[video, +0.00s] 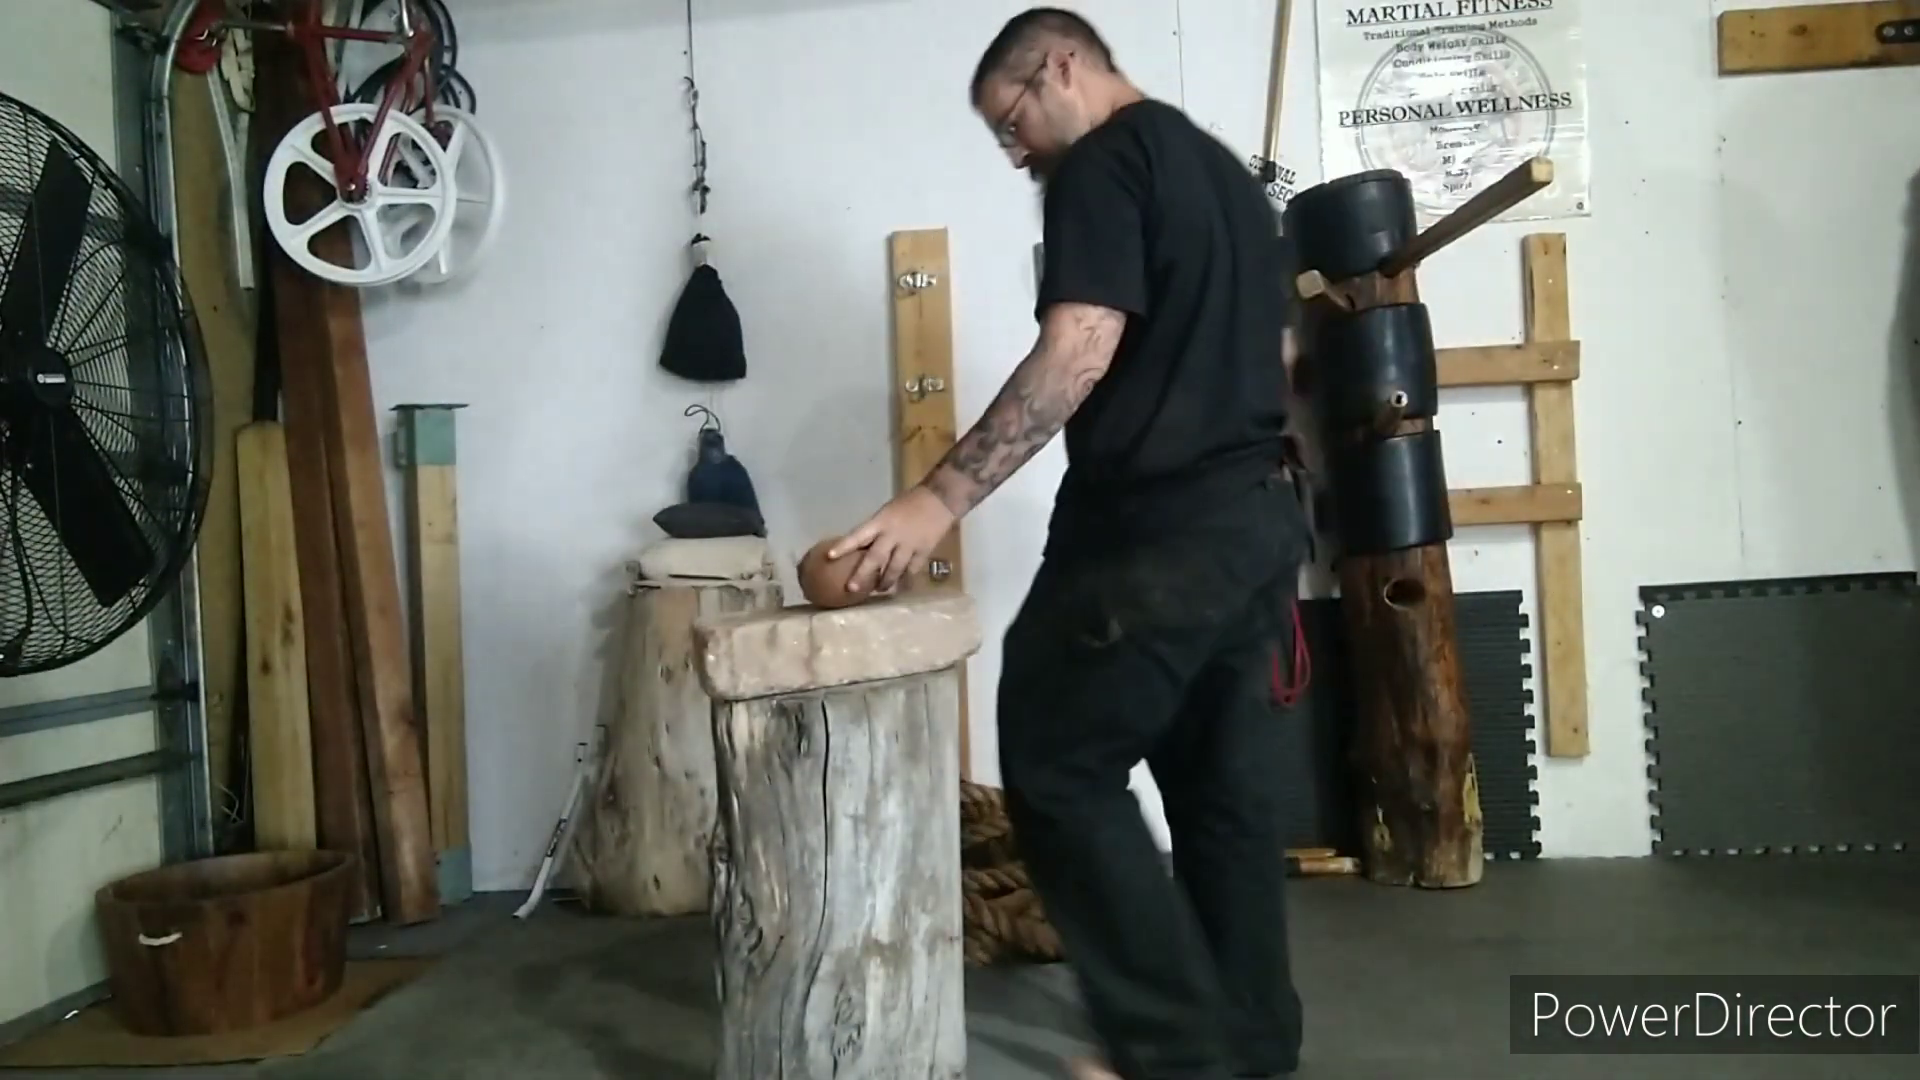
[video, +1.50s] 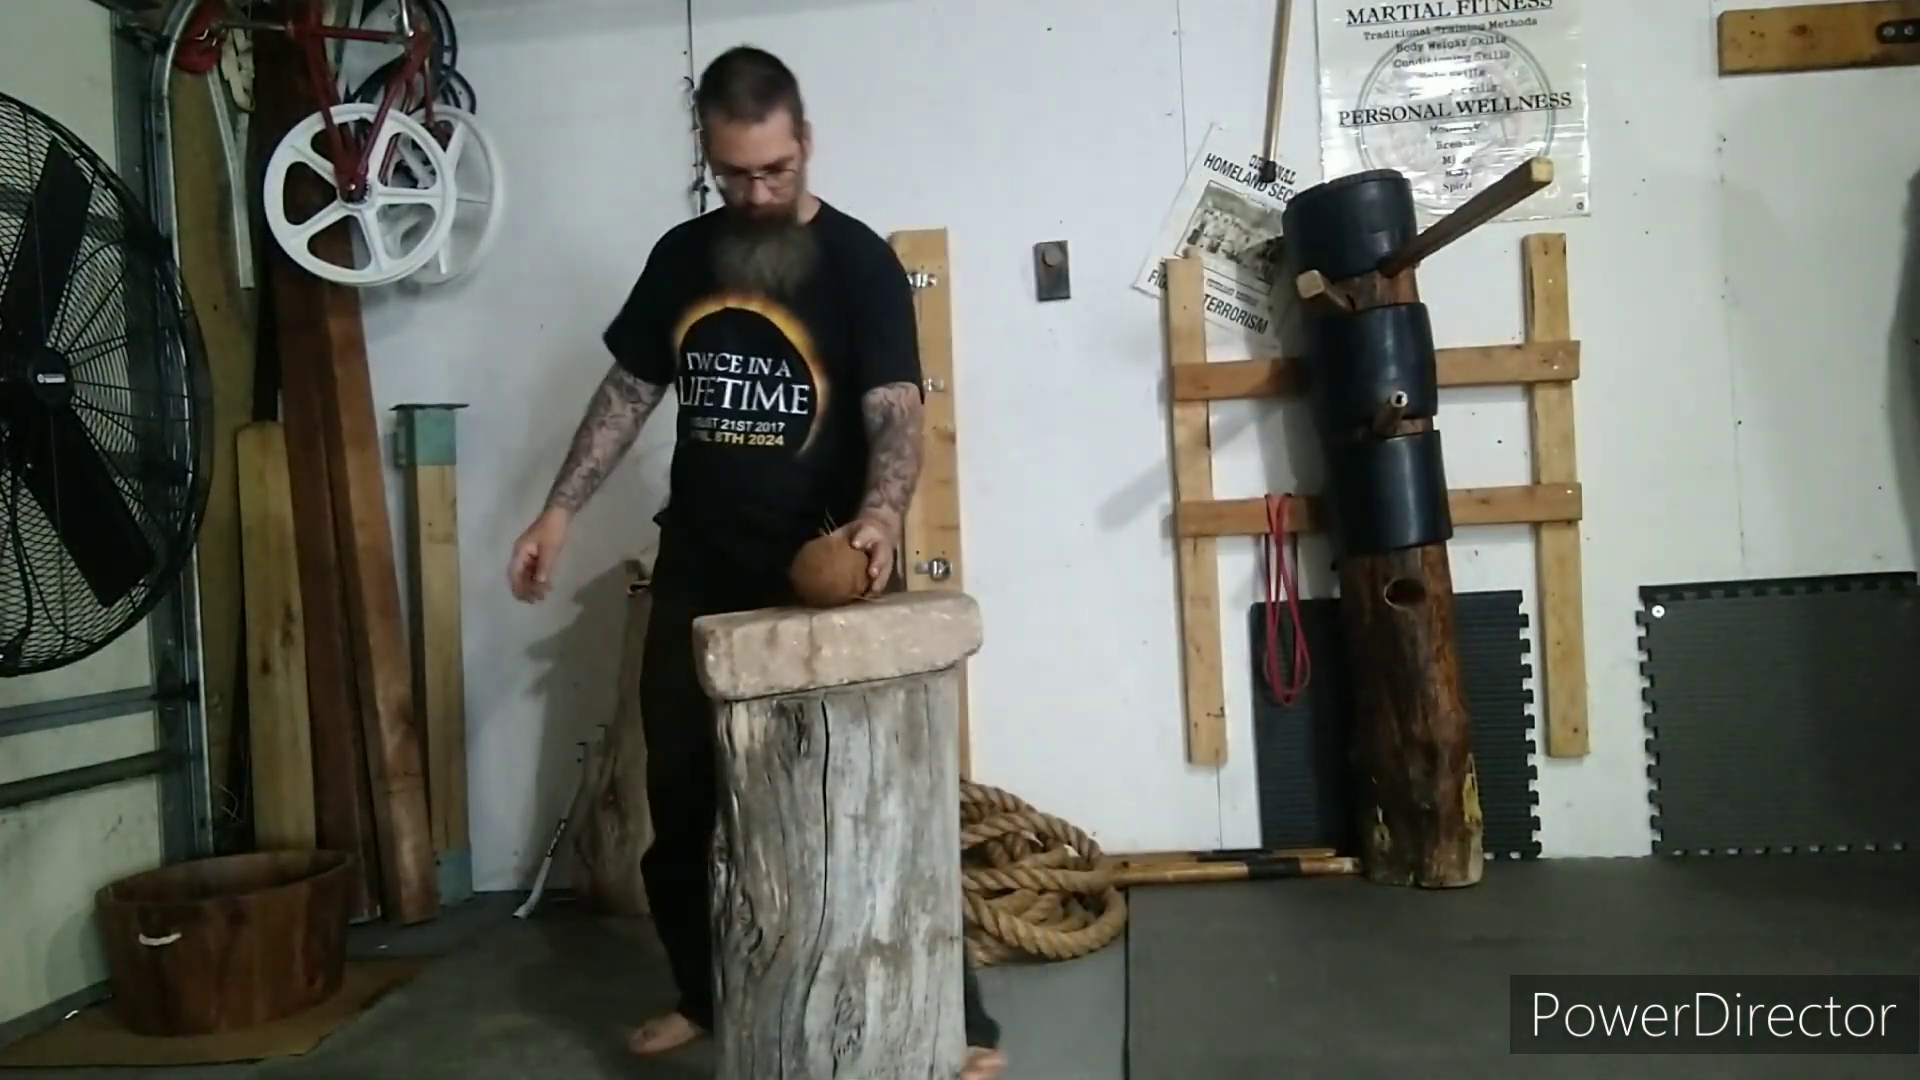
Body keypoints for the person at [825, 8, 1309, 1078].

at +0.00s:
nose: (1013, 152)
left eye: (1010, 121)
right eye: (1001, 135)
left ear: (1063, 68)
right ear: (1082, 71)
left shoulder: (1102, 162)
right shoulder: (1225, 170)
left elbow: (1076, 351)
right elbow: (1270, 353)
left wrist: (935, 502)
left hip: (1146, 524)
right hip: (1250, 514)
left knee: (1054, 764)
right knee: (1224, 804)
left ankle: (1173, 1041)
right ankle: (1258, 1045)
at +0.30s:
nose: (942, 176)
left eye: (943, 146)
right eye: (929, 159)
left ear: (995, 93)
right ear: (1001, 97)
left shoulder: (1057, 188)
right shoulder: (1092, 180)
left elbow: (1069, 367)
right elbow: (1089, 376)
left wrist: (953, 513)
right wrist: (969, 495)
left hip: (1096, 536)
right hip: (1158, 521)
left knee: (1020, 784)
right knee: (1169, 781)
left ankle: (1010, 1042)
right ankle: (1248, 1027)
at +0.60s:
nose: (867, 180)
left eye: (868, 152)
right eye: (854, 163)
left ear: (922, 98)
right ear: (916, 107)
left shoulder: (1004, 198)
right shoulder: (972, 205)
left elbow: (1040, 382)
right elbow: (983, 383)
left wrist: (932, 523)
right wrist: (917, 532)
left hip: (1022, 549)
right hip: (997, 548)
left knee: (996, 791)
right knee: (1008, 767)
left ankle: (1012, 1045)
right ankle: (1148, 945)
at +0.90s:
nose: (824, 176)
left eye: (832, 147)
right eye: (807, 160)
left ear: (886, 105)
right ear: (803, 140)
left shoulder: (971, 212)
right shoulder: (861, 225)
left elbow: (1014, 388)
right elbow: (871, 396)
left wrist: (931, 525)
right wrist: (826, 528)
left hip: (963, 556)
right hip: (870, 555)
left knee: (979, 819)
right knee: (885, 815)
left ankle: (1015, 1051)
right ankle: (894, 1045)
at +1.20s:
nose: (764, 197)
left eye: (780, 173)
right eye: (744, 179)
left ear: (819, 143)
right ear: (719, 166)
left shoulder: (884, 259)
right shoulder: (718, 274)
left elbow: (930, 422)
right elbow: (708, 422)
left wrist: (899, 522)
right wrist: (675, 533)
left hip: (854, 588)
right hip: (732, 590)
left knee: (902, 812)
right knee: (686, 818)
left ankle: (989, 1016)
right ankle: (707, 1000)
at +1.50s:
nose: (758, 190)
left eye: (775, 168)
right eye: (736, 171)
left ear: (806, 142)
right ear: (707, 153)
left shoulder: (862, 262)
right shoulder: (681, 257)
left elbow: (897, 421)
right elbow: (628, 391)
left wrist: (881, 521)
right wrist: (557, 512)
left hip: (828, 584)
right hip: (699, 578)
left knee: (874, 808)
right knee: (681, 805)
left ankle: (958, 1022)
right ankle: (700, 1000)